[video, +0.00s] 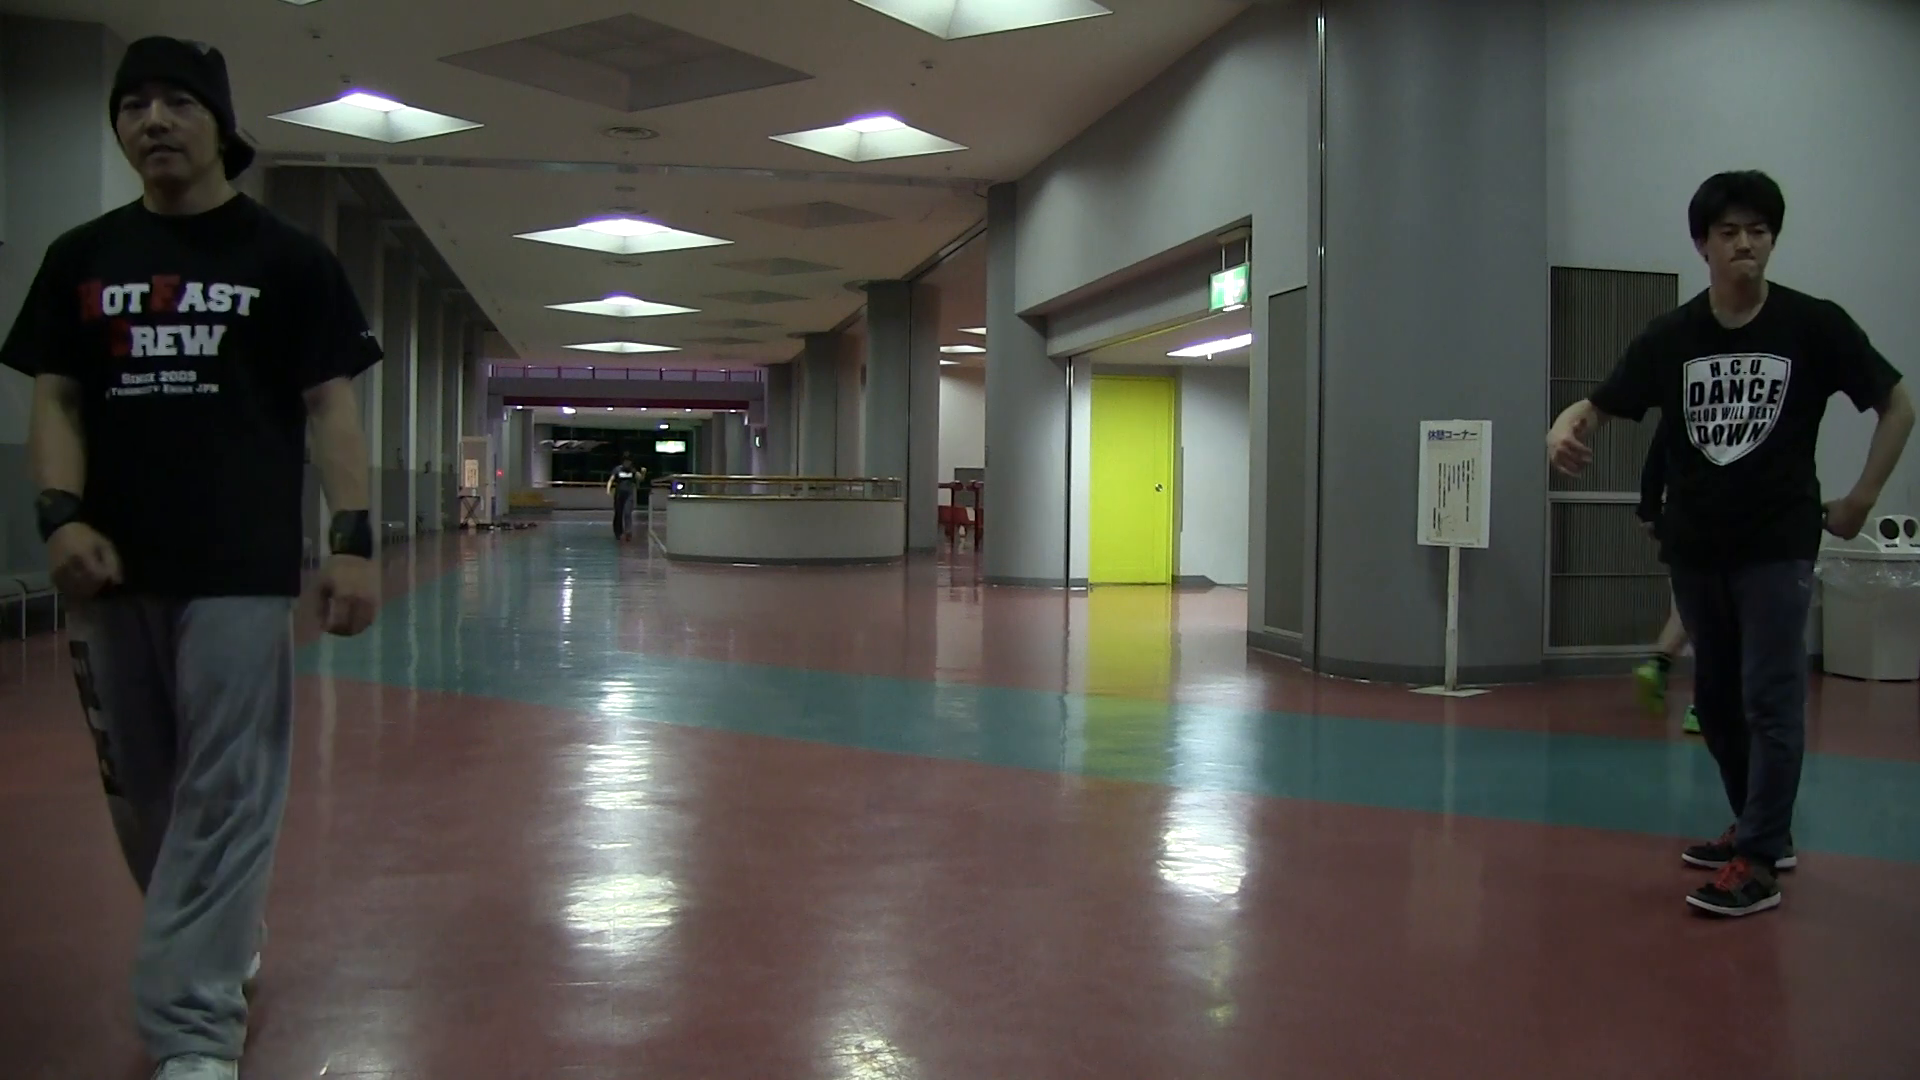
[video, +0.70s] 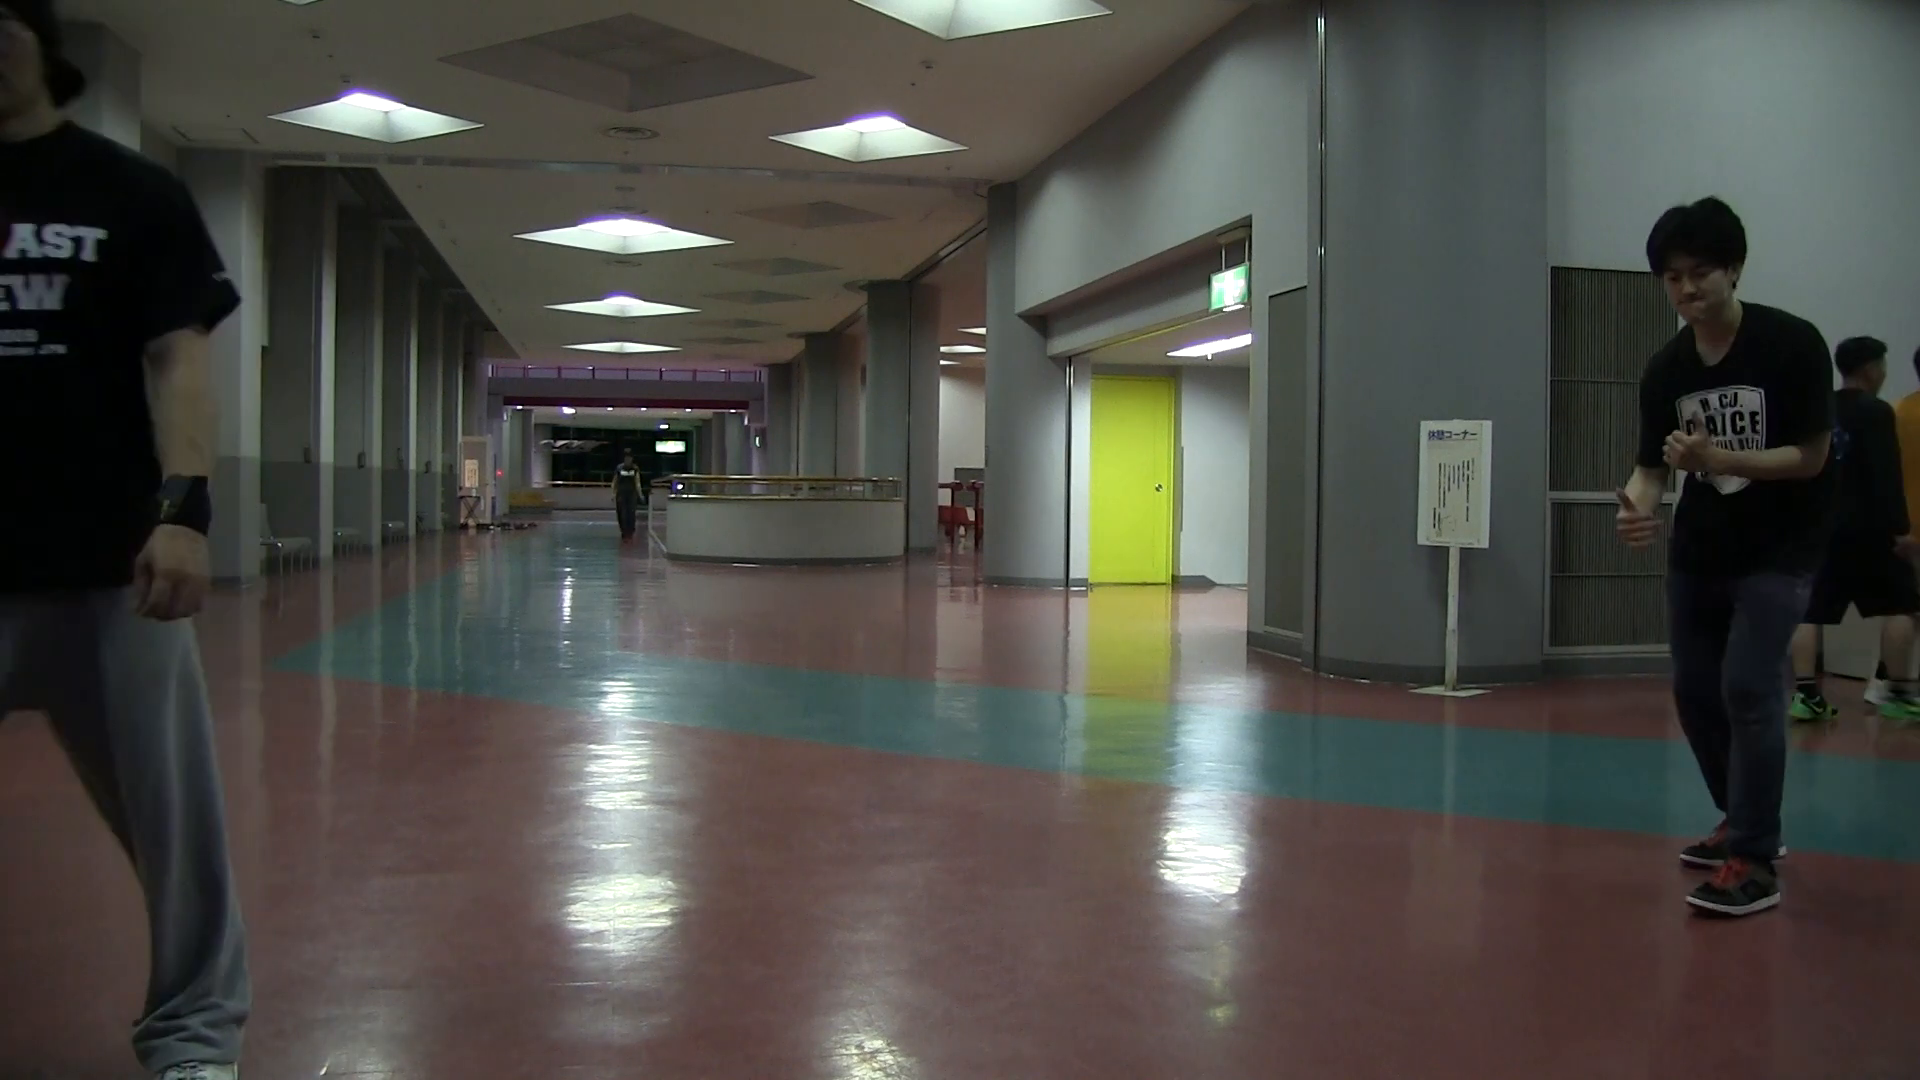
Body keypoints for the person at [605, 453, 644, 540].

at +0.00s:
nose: (627, 464)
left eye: (629, 462)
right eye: (625, 462)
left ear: (631, 463)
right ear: (623, 462)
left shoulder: (633, 471)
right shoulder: (618, 470)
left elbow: (640, 478)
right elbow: (611, 480)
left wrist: (643, 473)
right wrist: (608, 490)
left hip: (629, 496)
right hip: (619, 495)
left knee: (627, 513)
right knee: (618, 514)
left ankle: (628, 533)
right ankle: (618, 533)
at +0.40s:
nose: (628, 462)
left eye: (629, 460)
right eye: (626, 460)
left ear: (632, 461)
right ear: (624, 461)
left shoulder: (635, 470)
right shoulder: (620, 470)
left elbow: (638, 481)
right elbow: (615, 483)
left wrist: (633, 476)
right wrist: (615, 495)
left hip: (631, 496)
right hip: (621, 496)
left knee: (630, 514)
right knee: (622, 514)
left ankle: (629, 533)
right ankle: (623, 534)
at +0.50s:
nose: (628, 463)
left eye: (629, 461)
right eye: (626, 461)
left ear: (632, 461)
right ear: (624, 461)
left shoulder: (635, 470)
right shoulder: (619, 471)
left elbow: (639, 480)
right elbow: (615, 484)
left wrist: (628, 481)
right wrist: (615, 495)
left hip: (632, 496)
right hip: (622, 496)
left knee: (631, 514)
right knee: (623, 514)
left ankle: (630, 533)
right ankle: (624, 533)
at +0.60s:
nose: (628, 463)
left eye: (629, 461)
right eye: (626, 461)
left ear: (632, 461)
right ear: (624, 461)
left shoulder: (635, 470)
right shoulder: (619, 470)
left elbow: (637, 482)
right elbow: (615, 483)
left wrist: (635, 491)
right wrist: (614, 495)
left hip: (631, 496)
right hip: (621, 496)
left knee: (631, 514)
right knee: (622, 514)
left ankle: (630, 533)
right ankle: (624, 533)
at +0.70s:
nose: (628, 461)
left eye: (629, 459)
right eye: (626, 459)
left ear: (632, 459)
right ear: (624, 459)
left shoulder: (635, 469)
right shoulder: (619, 469)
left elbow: (638, 483)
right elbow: (614, 482)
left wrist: (640, 494)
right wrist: (613, 494)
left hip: (632, 496)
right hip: (621, 496)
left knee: (631, 515)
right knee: (622, 515)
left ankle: (630, 534)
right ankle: (624, 534)